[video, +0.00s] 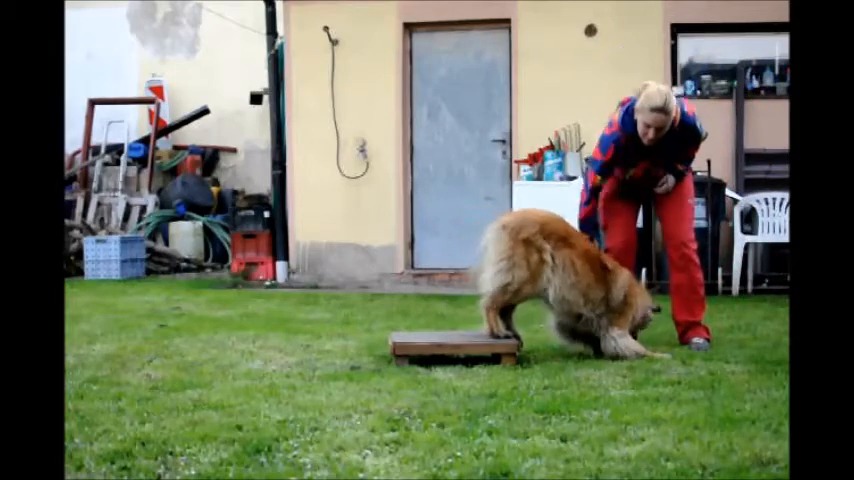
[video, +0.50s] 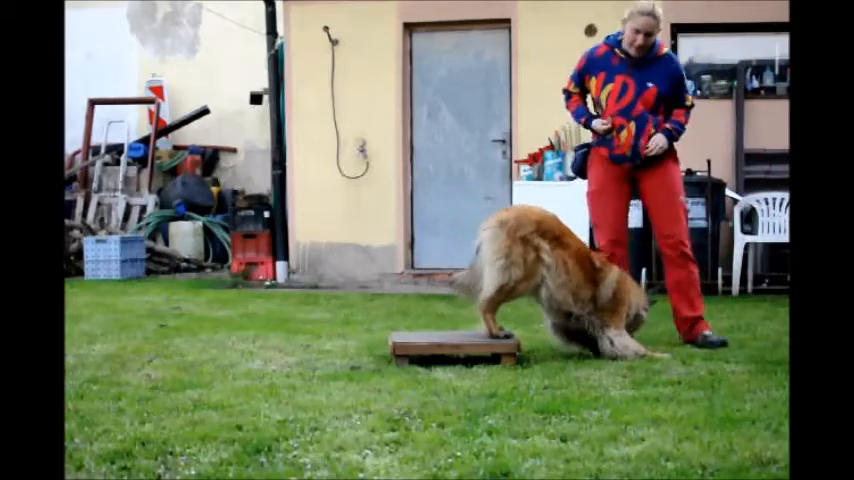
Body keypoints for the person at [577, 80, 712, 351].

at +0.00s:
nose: (650, 135)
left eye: (658, 129)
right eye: (645, 126)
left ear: (673, 118)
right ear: (636, 115)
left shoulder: (689, 126)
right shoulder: (618, 128)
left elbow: (688, 153)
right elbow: (593, 181)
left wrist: (675, 174)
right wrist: (589, 240)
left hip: (669, 177)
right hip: (623, 177)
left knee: (682, 245)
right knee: (618, 246)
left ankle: (693, 330)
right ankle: (619, 328)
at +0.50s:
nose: (640, 40)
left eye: (648, 35)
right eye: (636, 32)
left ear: (657, 35)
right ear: (624, 25)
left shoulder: (668, 64)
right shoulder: (597, 57)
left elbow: (682, 107)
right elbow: (571, 93)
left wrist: (666, 134)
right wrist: (589, 120)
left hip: (656, 161)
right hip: (607, 161)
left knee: (677, 242)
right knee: (609, 245)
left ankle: (694, 327)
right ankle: (610, 332)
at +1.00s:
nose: (670, 33)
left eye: (677, 29)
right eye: (666, 24)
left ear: (684, 29)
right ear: (652, 16)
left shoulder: (689, 58)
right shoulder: (620, 50)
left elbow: (702, 103)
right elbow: (594, 92)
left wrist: (690, 126)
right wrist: (581, 131)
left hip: (676, 157)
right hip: (626, 156)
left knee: (684, 244)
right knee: (625, 242)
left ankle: (692, 325)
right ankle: (621, 325)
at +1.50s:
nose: (684, 36)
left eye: (692, 32)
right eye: (682, 27)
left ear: (698, 33)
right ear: (667, 17)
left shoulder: (700, 62)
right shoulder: (633, 50)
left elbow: (709, 108)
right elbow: (600, 91)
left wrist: (707, 134)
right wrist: (568, 130)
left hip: (682, 158)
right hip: (633, 155)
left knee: (686, 244)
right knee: (624, 237)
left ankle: (692, 325)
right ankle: (620, 322)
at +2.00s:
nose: (695, 40)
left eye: (702, 36)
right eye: (693, 31)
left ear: (707, 36)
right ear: (676, 19)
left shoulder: (705, 65)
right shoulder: (639, 49)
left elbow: (717, 117)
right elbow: (604, 88)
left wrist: (739, 157)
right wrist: (571, 126)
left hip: (684, 159)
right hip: (635, 156)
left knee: (686, 246)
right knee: (625, 240)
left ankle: (692, 325)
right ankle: (620, 321)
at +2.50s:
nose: (709, 43)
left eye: (715, 37)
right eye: (705, 34)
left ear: (718, 36)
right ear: (686, 21)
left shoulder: (714, 71)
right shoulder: (648, 49)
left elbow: (724, 125)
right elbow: (612, 88)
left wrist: (736, 173)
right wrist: (578, 127)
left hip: (689, 159)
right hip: (640, 156)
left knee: (690, 243)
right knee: (632, 241)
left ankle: (692, 324)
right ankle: (620, 320)